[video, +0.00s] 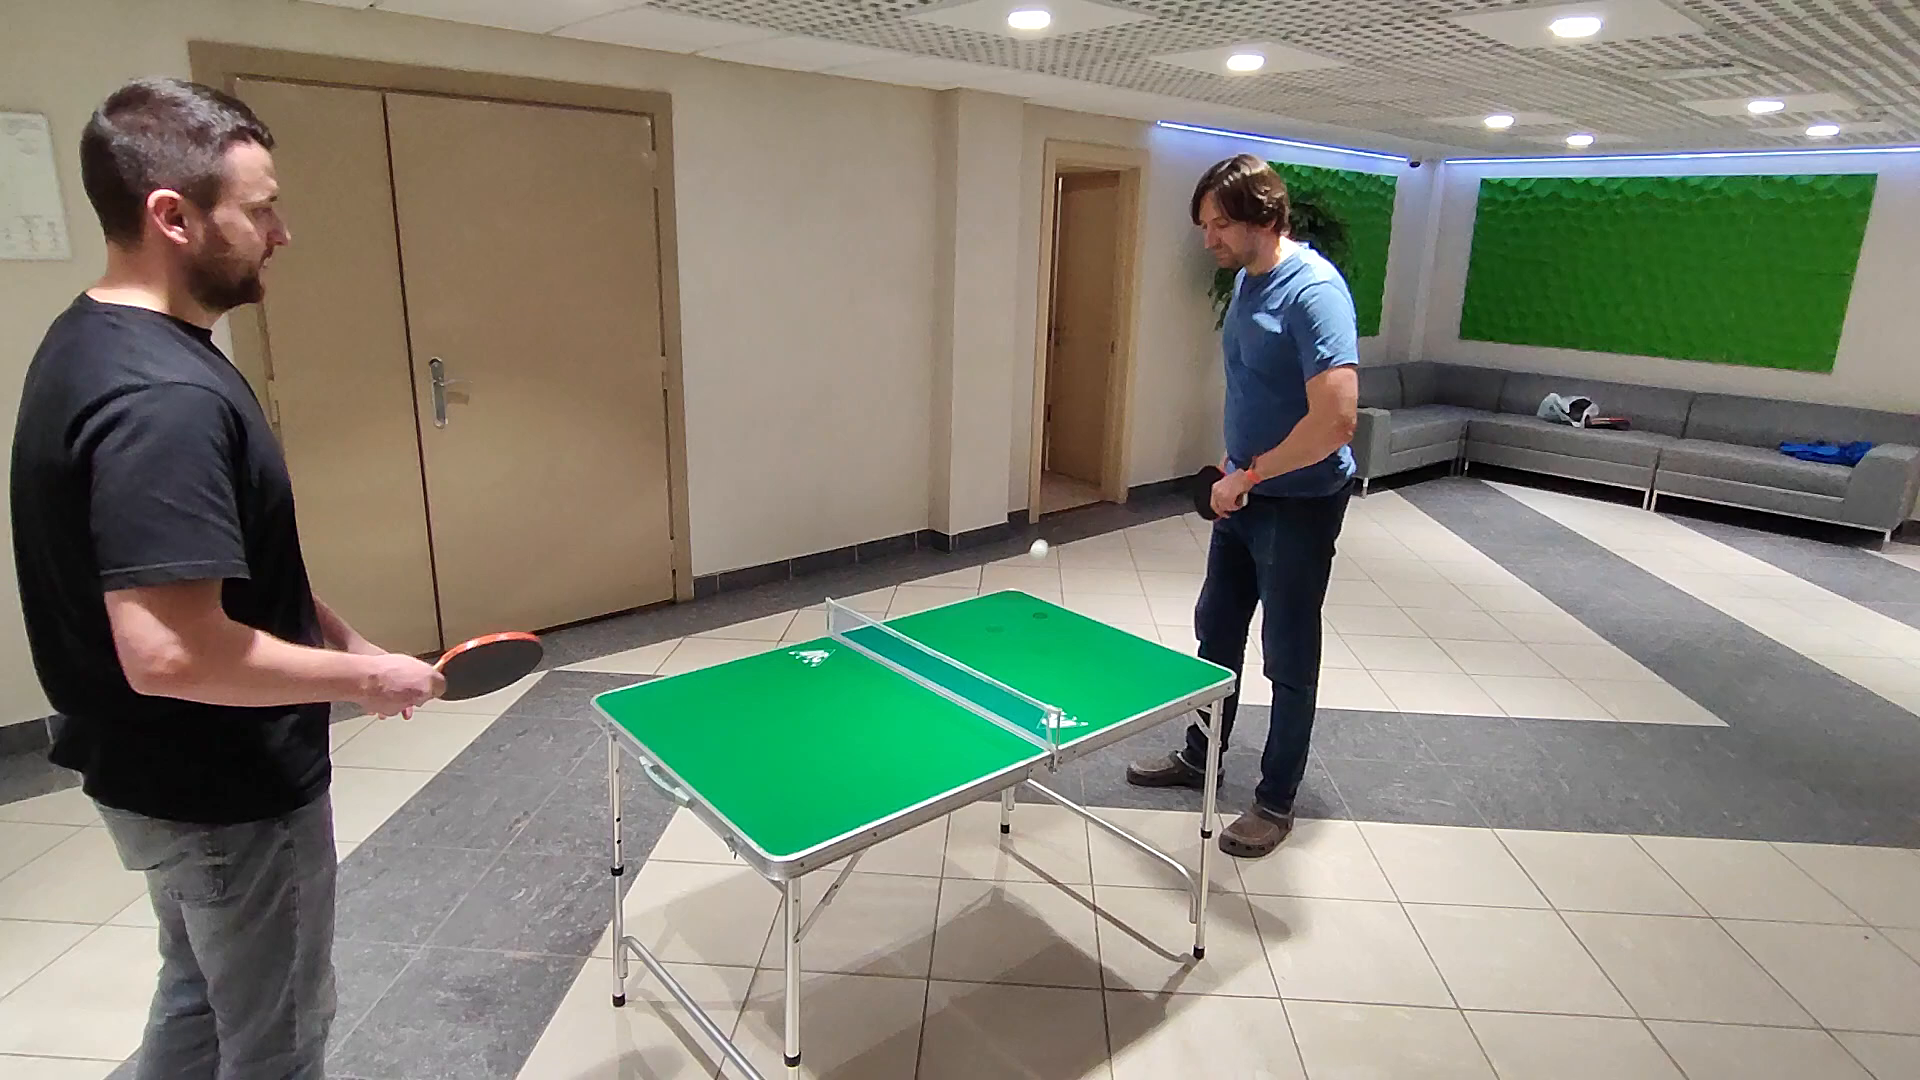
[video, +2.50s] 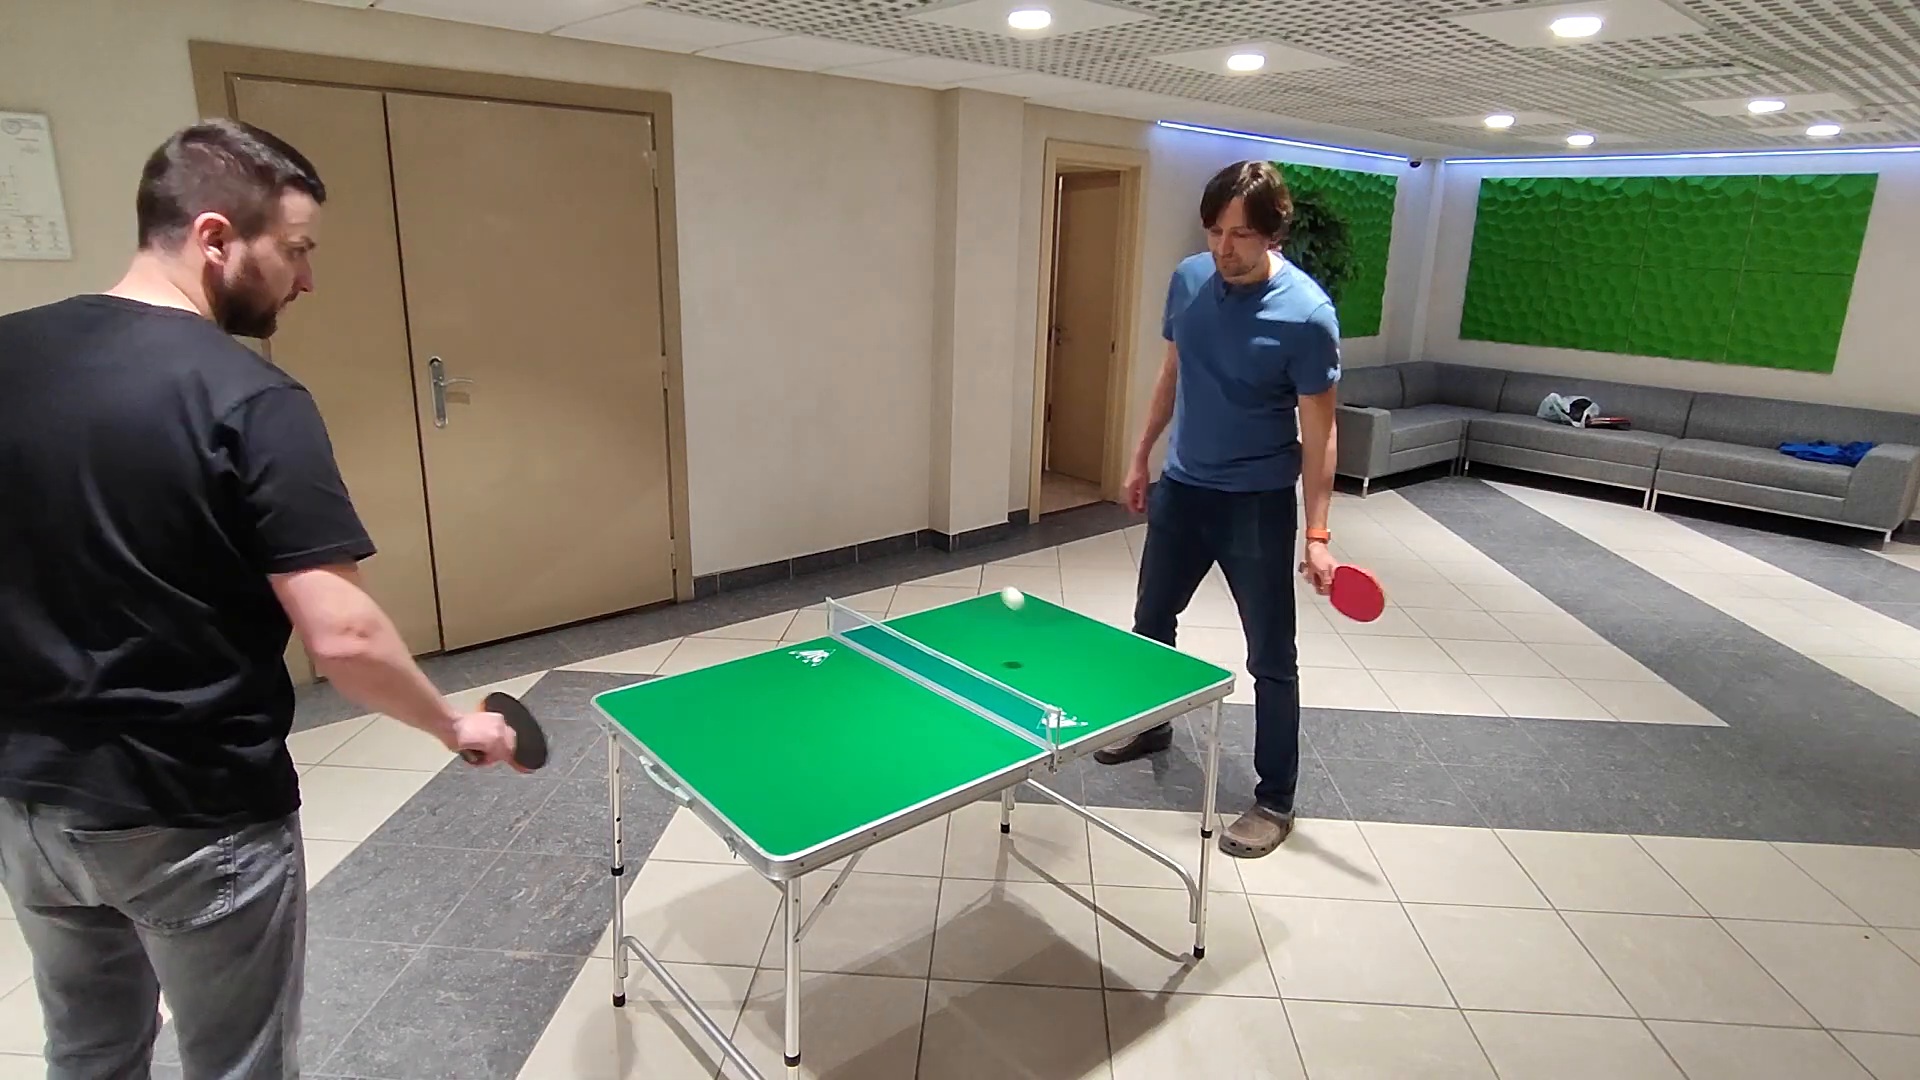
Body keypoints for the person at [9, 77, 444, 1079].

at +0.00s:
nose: (281, 233)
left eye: (276, 208)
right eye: (261, 210)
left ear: (173, 218)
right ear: (172, 216)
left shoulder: (97, 347)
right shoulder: (160, 396)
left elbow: (235, 555)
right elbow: (167, 650)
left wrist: (347, 652)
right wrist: (361, 677)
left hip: (157, 773)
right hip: (235, 795)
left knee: (198, 1007)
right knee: (278, 1045)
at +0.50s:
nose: (258, 254)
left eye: (257, 227)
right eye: (243, 224)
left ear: (150, 222)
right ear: (152, 219)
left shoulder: (94, 343)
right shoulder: (97, 375)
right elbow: (90, 620)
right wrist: (292, 710)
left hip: (102, 792)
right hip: (160, 811)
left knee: (121, 1031)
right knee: (276, 1049)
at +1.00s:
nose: (438, 345)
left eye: (446, 322)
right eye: (438, 319)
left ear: (299, 287)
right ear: (379, 311)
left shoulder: (91, 365)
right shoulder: (377, 451)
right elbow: (580, 602)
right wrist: (670, 641)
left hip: (3, 817)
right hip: (158, 835)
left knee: (92, 1068)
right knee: (252, 1068)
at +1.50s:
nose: (435, 310)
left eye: (439, 287)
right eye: (430, 286)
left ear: (287, 260)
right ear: (364, 281)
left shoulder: (84, 357)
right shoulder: (374, 436)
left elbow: (36, 569)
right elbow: (412, 681)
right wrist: (486, 745)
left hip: (30, 791)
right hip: (209, 818)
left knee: (44, 1063)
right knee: (252, 1066)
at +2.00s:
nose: (346, 308)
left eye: (353, 284)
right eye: (344, 278)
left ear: (234, 241)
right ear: (272, 251)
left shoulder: (44, 359)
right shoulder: (257, 402)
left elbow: (73, 574)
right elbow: (415, 623)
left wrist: (242, 685)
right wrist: (495, 704)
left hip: (32, 800)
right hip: (181, 824)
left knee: (102, 1049)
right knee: (240, 1063)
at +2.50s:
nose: (305, 280)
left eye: (310, 255)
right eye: (296, 251)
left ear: (203, 234)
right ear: (214, 238)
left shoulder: (15, 347)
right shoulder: (249, 396)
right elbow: (342, 637)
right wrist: (451, 723)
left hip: (28, 797)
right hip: (195, 811)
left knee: (89, 1061)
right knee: (239, 1064)